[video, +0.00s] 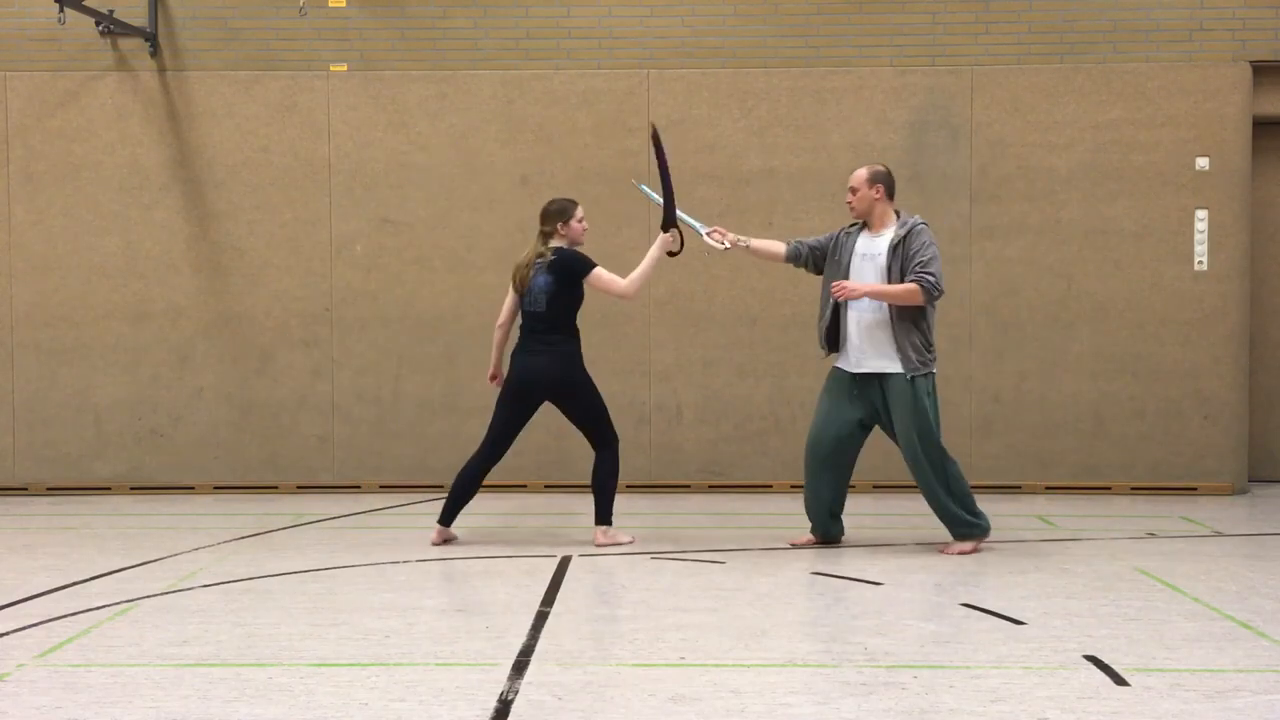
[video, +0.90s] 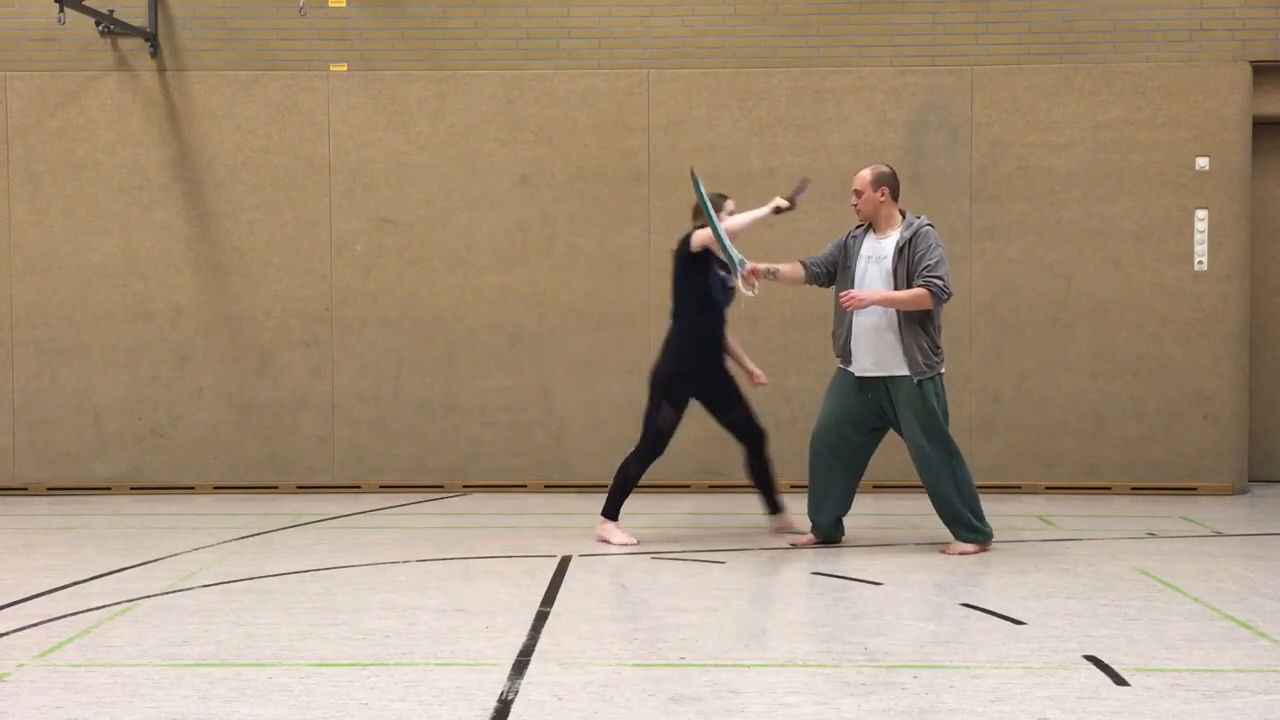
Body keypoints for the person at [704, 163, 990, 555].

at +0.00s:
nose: (847, 199)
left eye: (853, 191)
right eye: (847, 192)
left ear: (879, 193)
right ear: (872, 195)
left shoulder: (914, 234)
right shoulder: (845, 240)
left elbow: (927, 290)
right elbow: (795, 251)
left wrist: (866, 290)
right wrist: (737, 241)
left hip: (902, 371)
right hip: (849, 370)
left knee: (925, 454)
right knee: (823, 448)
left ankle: (971, 531)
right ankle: (825, 530)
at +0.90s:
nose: (853, 201)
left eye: (859, 194)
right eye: (852, 195)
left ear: (884, 194)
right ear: (875, 195)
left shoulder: (920, 235)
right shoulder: (852, 242)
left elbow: (934, 293)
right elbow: (815, 270)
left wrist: (874, 297)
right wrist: (768, 270)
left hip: (911, 372)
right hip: (858, 372)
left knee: (935, 453)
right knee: (828, 440)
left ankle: (974, 535)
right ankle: (826, 530)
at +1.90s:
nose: (856, 212)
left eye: (861, 205)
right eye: (854, 205)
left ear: (886, 201)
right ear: (876, 203)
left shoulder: (927, 237)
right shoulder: (857, 245)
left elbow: (945, 296)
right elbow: (832, 290)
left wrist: (891, 300)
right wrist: (803, 313)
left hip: (912, 370)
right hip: (861, 371)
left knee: (925, 451)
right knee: (833, 443)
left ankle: (970, 529)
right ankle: (826, 529)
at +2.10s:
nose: (879, 218)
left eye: (884, 210)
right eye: (878, 210)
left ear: (909, 205)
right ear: (900, 206)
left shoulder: (950, 242)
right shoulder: (886, 249)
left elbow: (961, 303)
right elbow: (865, 302)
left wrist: (901, 303)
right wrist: (833, 333)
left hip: (930, 373)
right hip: (885, 372)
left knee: (925, 453)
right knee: (851, 445)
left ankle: (982, 531)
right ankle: (828, 529)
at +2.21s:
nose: (895, 218)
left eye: (899, 210)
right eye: (892, 210)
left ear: (923, 203)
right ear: (917, 205)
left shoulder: (962, 240)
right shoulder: (910, 247)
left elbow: (970, 300)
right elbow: (898, 310)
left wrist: (903, 302)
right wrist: (863, 343)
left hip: (946, 373)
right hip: (906, 373)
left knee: (940, 459)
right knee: (877, 450)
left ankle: (987, 537)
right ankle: (840, 523)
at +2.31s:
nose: (906, 216)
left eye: (909, 207)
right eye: (903, 208)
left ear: (933, 199)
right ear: (929, 201)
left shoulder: (968, 236)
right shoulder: (932, 244)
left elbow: (973, 297)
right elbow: (929, 308)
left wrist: (909, 299)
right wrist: (891, 340)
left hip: (959, 370)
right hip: (928, 369)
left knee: (949, 456)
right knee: (902, 447)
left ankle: (988, 539)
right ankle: (873, 524)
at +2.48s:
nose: (920, 212)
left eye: (921, 204)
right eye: (917, 205)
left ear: (944, 195)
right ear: (943, 195)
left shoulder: (969, 230)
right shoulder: (966, 228)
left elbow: (976, 288)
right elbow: (973, 293)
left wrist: (911, 298)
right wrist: (938, 315)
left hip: (982, 363)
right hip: (963, 361)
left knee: (966, 445)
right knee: (940, 437)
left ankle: (988, 538)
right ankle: (952, 526)